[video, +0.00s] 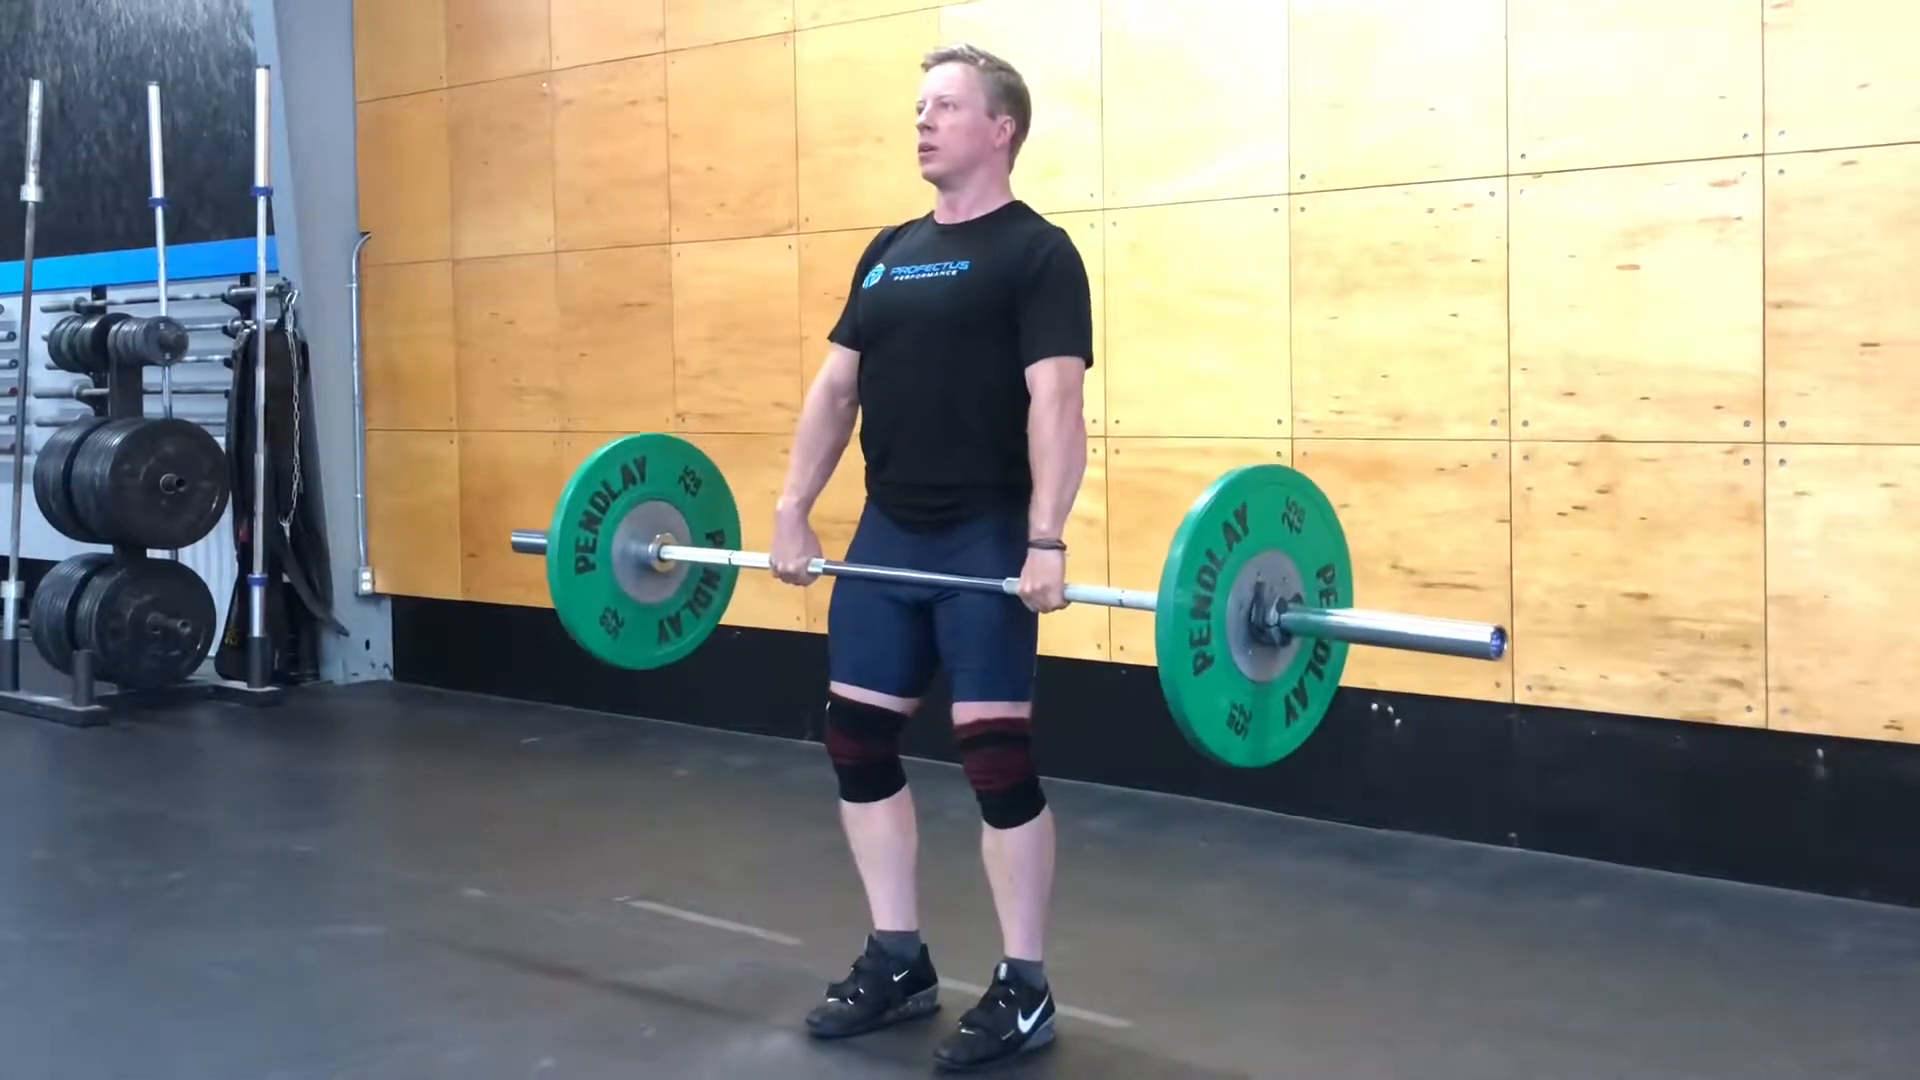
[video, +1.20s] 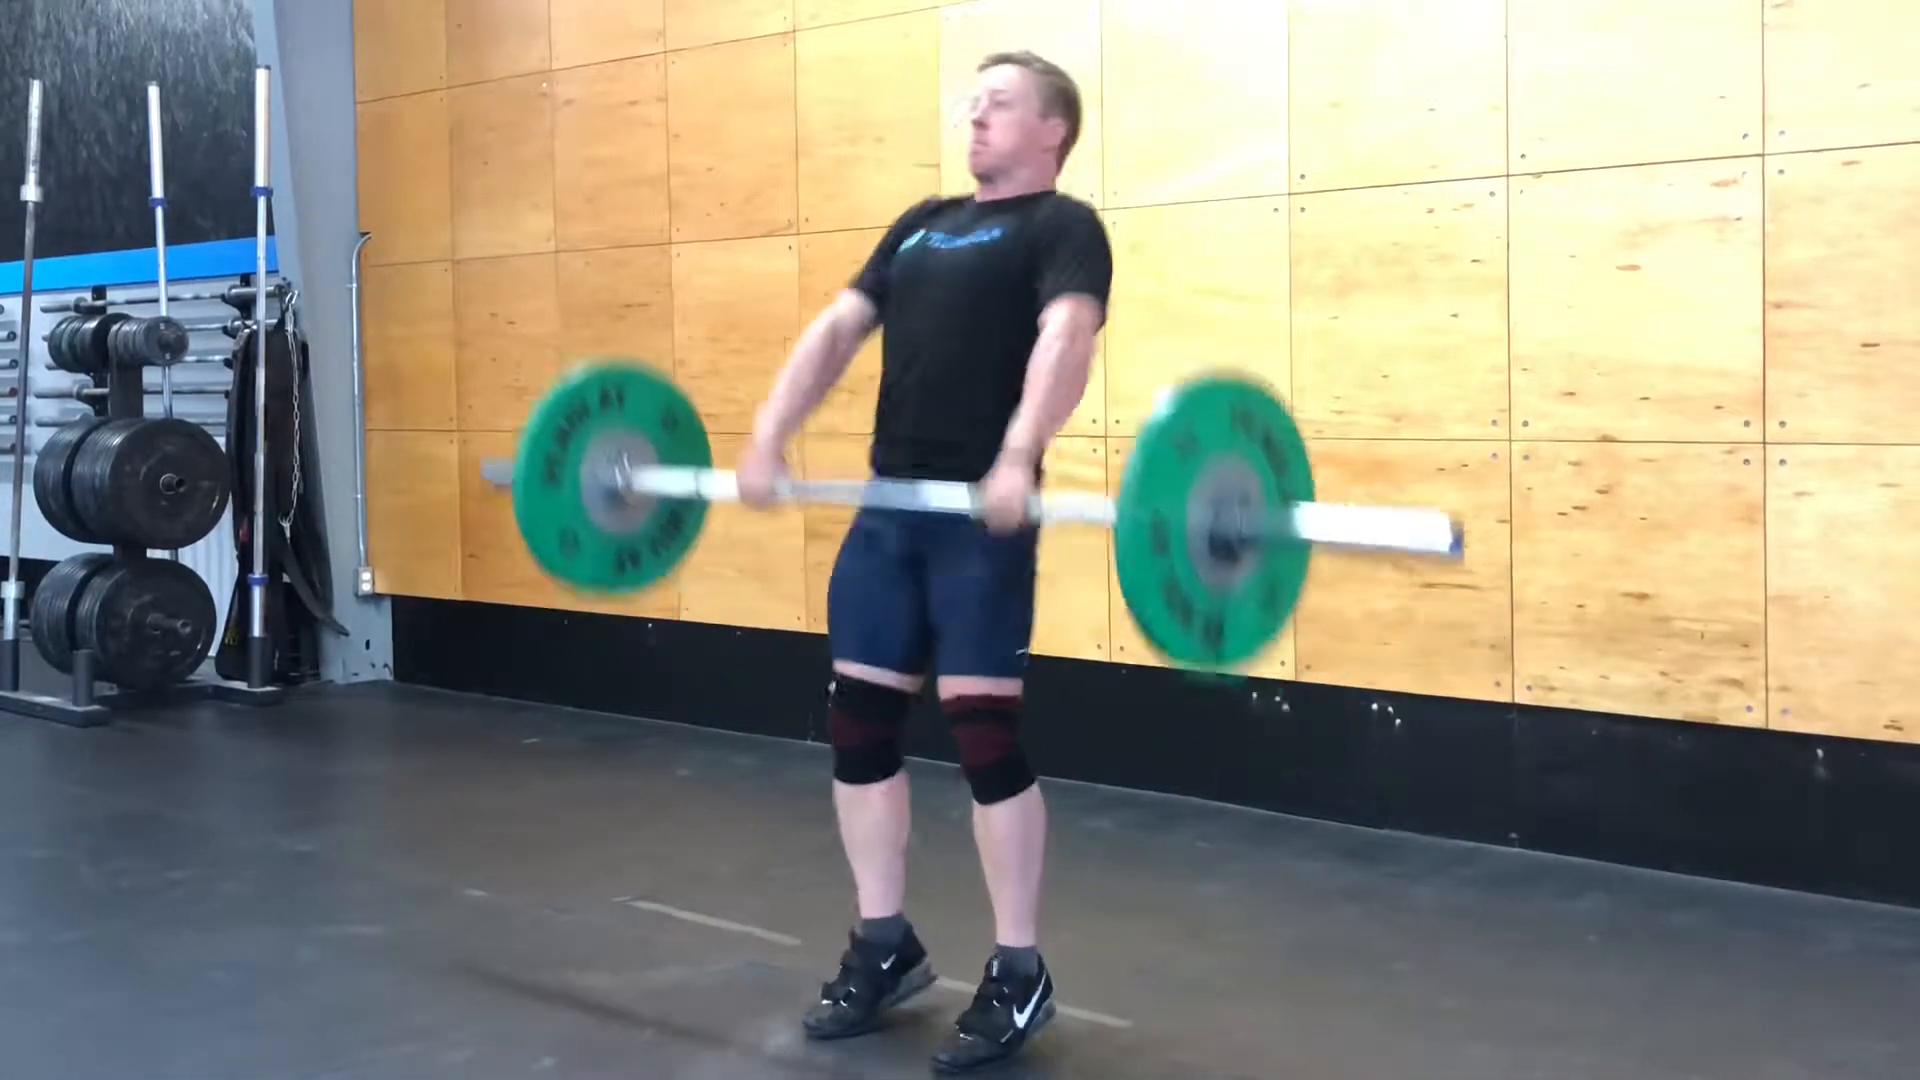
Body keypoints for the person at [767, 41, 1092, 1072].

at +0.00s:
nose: (922, 123)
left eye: (944, 109)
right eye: (922, 110)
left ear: (1002, 130)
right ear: (929, 129)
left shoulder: (1038, 251)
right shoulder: (888, 251)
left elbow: (1059, 398)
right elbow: (837, 388)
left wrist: (1046, 535)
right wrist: (792, 505)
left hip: (991, 533)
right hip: (887, 526)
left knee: (996, 759)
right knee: (856, 736)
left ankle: (1024, 987)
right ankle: (896, 961)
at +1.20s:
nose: (976, 118)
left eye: (999, 107)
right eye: (975, 104)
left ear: (1055, 133)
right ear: (971, 127)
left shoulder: (1067, 228)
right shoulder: (924, 223)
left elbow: (1067, 342)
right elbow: (840, 330)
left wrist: (1020, 455)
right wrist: (769, 431)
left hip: (985, 515)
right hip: (887, 512)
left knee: (983, 731)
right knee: (859, 724)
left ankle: (1017, 974)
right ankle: (881, 944)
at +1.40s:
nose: (900, 200)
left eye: (922, 186)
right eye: (901, 185)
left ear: (981, 209)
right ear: (911, 210)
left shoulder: (1032, 321)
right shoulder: (888, 326)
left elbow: (1106, 459)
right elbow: (876, 449)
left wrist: (1044, 387)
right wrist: (799, 386)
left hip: (1036, 589)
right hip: (938, 589)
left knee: (1000, 772)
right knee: (816, 752)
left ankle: (1055, 990)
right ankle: (882, 959)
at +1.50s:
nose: (903, 244)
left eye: (926, 231)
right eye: (903, 230)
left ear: (984, 255)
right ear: (909, 255)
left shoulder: (1020, 382)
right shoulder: (874, 379)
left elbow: (985, 515)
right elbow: (768, 487)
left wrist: (1008, 379)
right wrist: (766, 362)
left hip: (1046, 621)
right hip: (945, 625)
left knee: (1021, 786)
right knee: (804, 761)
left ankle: (1056, 993)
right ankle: (882, 960)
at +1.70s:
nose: (908, 375)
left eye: (928, 359)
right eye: (906, 359)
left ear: (987, 377)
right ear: (903, 372)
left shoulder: (1020, 496)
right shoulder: (873, 486)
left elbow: (943, 558)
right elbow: (735, 516)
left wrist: (992, 443)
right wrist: (779, 433)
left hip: (1059, 717)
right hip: (955, 716)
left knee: (1040, 800)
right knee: (794, 768)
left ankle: (1058, 993)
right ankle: (881, 959)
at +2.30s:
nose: (904, 253)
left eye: (926, 239)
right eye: (904, 237)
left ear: (983, 259)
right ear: (904, 253)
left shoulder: (1010, 374)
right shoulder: (859, 375)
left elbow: (945, 449)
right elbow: (726, 419)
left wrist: (978, 329)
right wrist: (771, 325)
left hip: (1026, 628)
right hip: (924, 634)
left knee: (1018, 796)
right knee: (779, 769)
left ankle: (1056, 994)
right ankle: (880, 959)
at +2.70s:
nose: (918, 128)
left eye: (940, 114)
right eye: (916, 114)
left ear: (997, 137)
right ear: (923, 136)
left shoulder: (1032, 252)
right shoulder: (887, 256)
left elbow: (1059, 396)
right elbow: (818, 380)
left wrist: (1037, 270)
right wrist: (779, 267)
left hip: (987, 537)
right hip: (888, 536)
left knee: (992, 766)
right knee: (853, 753)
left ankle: (1044, 990)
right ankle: (892, 964)